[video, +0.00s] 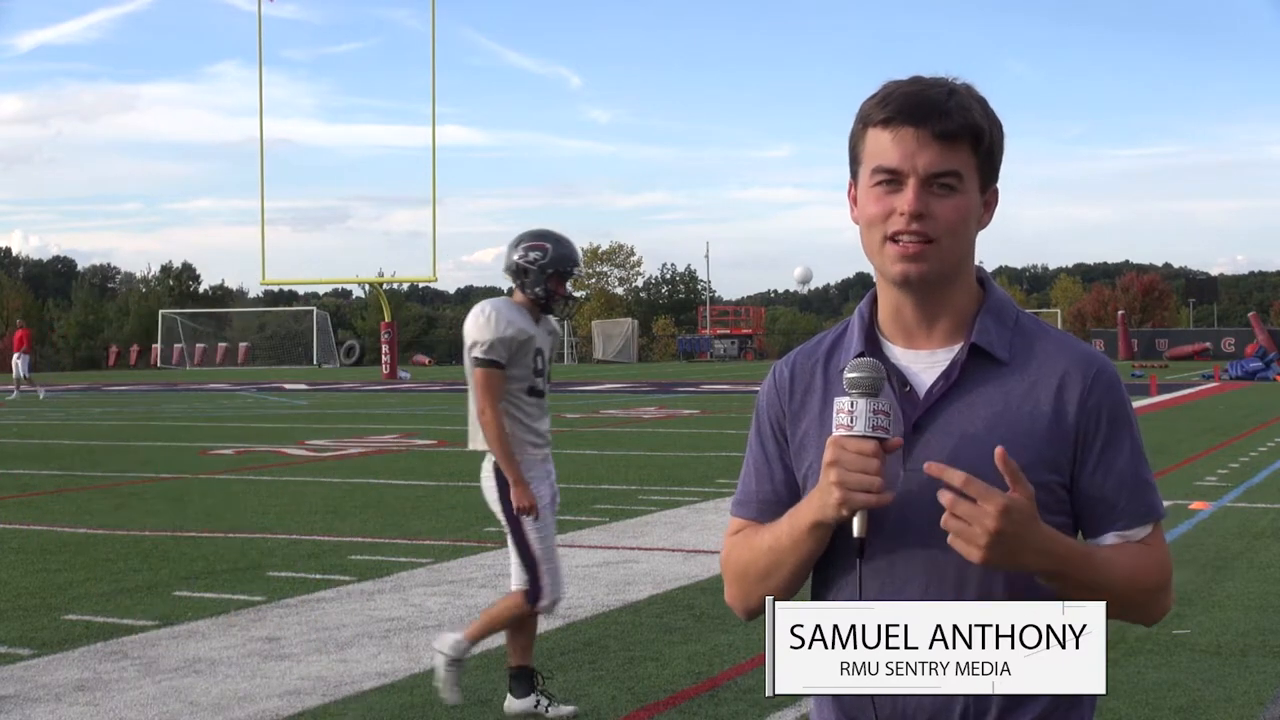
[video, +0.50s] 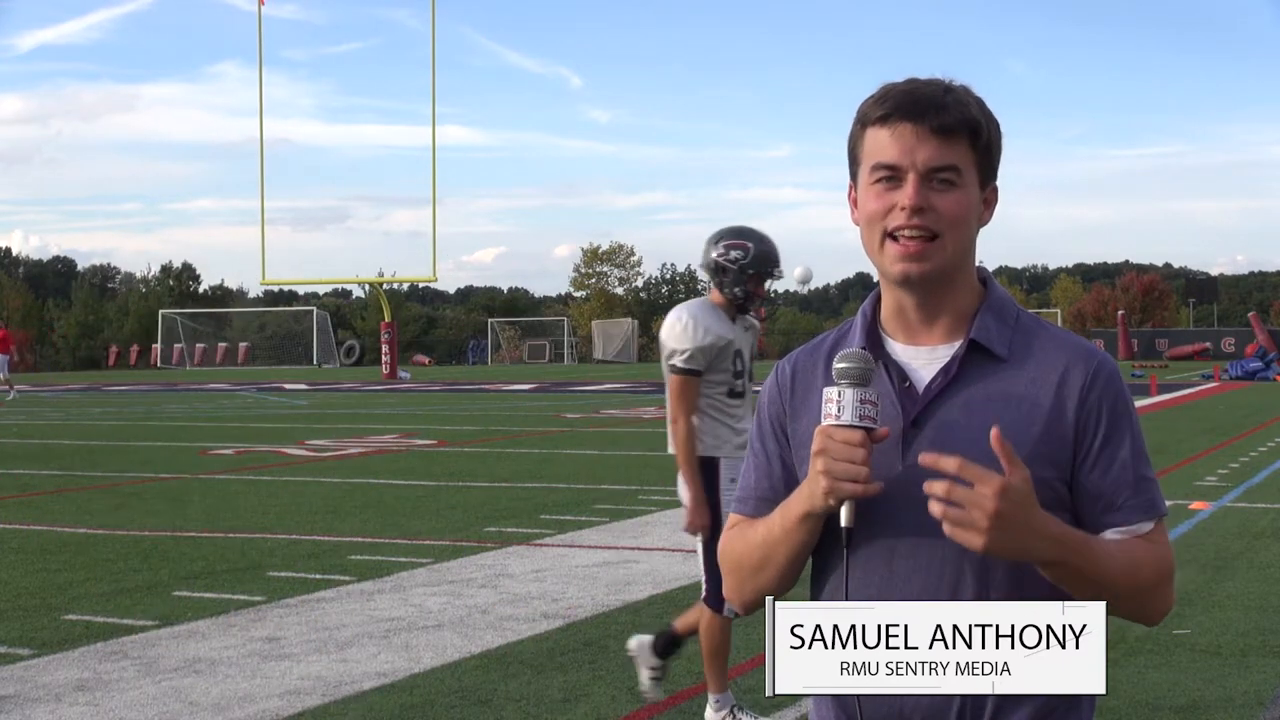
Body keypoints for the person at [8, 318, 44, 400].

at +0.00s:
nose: (18, 324)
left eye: (20, 322)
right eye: (17, 322)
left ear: (23, 323)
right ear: (17, 324)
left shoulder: (25, 332)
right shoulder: (17, 332)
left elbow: (26, 344)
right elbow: (17, 343)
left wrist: (20, 353)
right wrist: (15, 353)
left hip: (23, 354)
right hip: (16, 354)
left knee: (24, 376)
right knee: (16, 375)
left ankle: (39, 390)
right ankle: (16, 392)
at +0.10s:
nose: (13, 324)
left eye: (15, 322)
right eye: (13, 322)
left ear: (18, 322)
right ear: (12, 323)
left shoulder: (20, 331)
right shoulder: (12, 332)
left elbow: (24, 343)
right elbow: (11, 344)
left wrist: (23, 353)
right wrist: (8, 354)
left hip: (18, 354)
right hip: (12, 353)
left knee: (15, 374)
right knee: (14, 374)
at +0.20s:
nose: (9, 324)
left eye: (11, 322)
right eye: (9, 322)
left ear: (14, 323)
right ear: (8, 323)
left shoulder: (17, 331)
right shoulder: (8, 332)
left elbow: (23, 343)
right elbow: (6, 345)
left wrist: (24, 353)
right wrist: (3, 354)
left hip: (15, 353)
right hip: (11, 352)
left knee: (9, 373)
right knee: (13, 373)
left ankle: (16, 391)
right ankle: (16, 391)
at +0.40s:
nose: (0, 325)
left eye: (1, 323)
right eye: (1, 323)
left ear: (3, 324)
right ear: (5, 324)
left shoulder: (5, 332)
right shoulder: (10, 332)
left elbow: (16, 344)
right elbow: (16, 344)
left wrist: (20, 354)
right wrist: (20, 354)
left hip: (5, 354)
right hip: (9, 354)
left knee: (4, 374)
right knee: (8, 375)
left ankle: (14, 392)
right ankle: (14, 392)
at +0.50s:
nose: (1, 325)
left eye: (1, 323)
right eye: (1, 323)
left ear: (2, 324)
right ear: (3, 324)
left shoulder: (4, 333)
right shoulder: (5, 332)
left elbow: (11, 344)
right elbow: (11, 344)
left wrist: (15, 355)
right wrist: (15, 355)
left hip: (3, 354)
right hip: (5, 354)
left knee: (4, 374)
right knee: (4, 374)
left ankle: (13, 391)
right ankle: (12, 391)